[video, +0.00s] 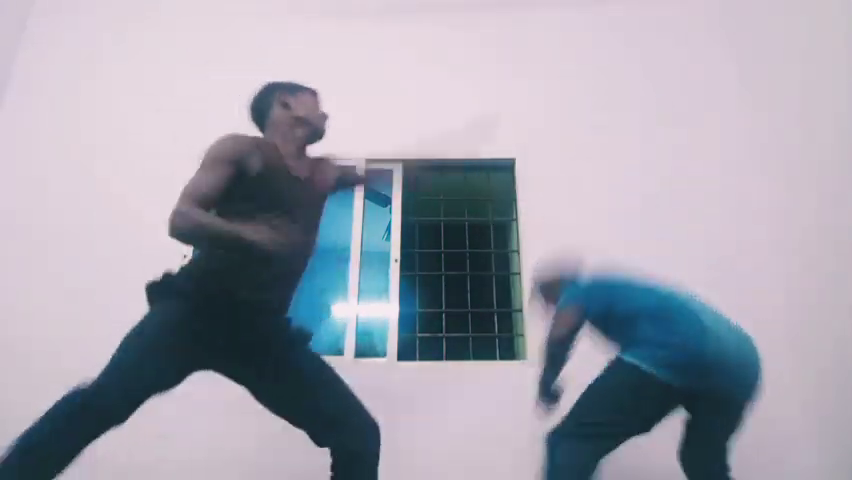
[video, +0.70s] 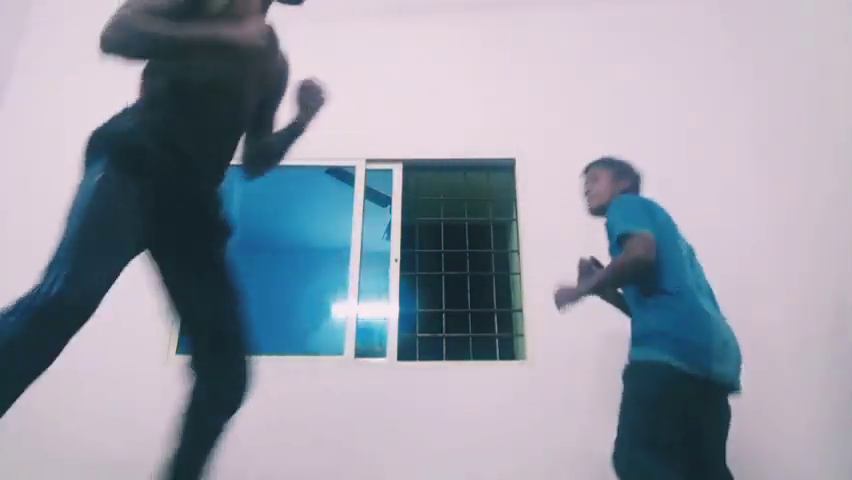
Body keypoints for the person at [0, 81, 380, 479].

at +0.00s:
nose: (323, 108)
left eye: (320, 101)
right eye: (312, 100)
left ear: (296, 112)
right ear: (283, 107)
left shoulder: (325, 174)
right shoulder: (237, 151)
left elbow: (379, 179)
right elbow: (182, 220)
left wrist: (367, 181)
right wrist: (253, 233)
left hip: (262, 333)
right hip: (191, 318)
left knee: (359, 436)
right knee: (102, 405)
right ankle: (14, 471)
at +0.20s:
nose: (365, 113)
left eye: (366, 109)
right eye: (359, 102)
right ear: (320, 102)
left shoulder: (346, 191)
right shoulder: (240, 158)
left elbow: (325, 255)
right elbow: (189, 231)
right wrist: (154, 252)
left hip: (279, 327)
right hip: (214, 311)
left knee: (357, 467)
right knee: (212, 371)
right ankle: (155, 473)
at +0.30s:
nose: (355, 93)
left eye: (357, 86)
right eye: (350, 80)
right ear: (310, 75)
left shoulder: (333, 177)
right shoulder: (227, 137)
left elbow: (331, 262)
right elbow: (173, 193)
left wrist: (310, 310)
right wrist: (136, 233)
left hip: (273, 317)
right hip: (202, 304)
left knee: (348, 455)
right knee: (210, 392)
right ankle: (161, 476)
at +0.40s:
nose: (343, 30)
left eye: (343, 19)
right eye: (335, 14)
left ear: (302, 19)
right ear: (298, 13)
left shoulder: (311, 116)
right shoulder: (218, 59)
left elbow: (333, 199)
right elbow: (128, 105)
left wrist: (352, 215)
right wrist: (142, 106)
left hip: (248, 247)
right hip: (184, 238)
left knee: (324, 380)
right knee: (183, 374)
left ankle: (315, 475)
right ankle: (135, 472)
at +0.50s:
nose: (334, 3)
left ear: (311, 3)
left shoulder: (304, 77)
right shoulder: (225, 15)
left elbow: (323, 170)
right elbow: (123, 54)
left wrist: (364, 172)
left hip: (235, 207)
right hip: (171, 190)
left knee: (310, 344)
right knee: (150, 326)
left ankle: (264, 473)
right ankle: (89, 466)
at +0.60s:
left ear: (283, 1)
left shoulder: (285, 54)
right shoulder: (203, 9)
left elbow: (285, 154)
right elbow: (118, 24)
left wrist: (329, 122)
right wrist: (213, 14)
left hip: (209, 185)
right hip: (148, 158)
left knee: (267, 337)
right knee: (97, 291)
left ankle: (225, 473)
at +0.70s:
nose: (259, 7)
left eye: (262, 5)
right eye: (252, 2)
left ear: (268, 2)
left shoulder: (269, 60)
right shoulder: (190, 9)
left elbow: (255, 161)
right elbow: (116, 35)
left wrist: (300, 119)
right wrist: (223, 34)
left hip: (190, 200)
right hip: (130, 169)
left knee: (225, 371)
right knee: (61, 304)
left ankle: (182, 473)